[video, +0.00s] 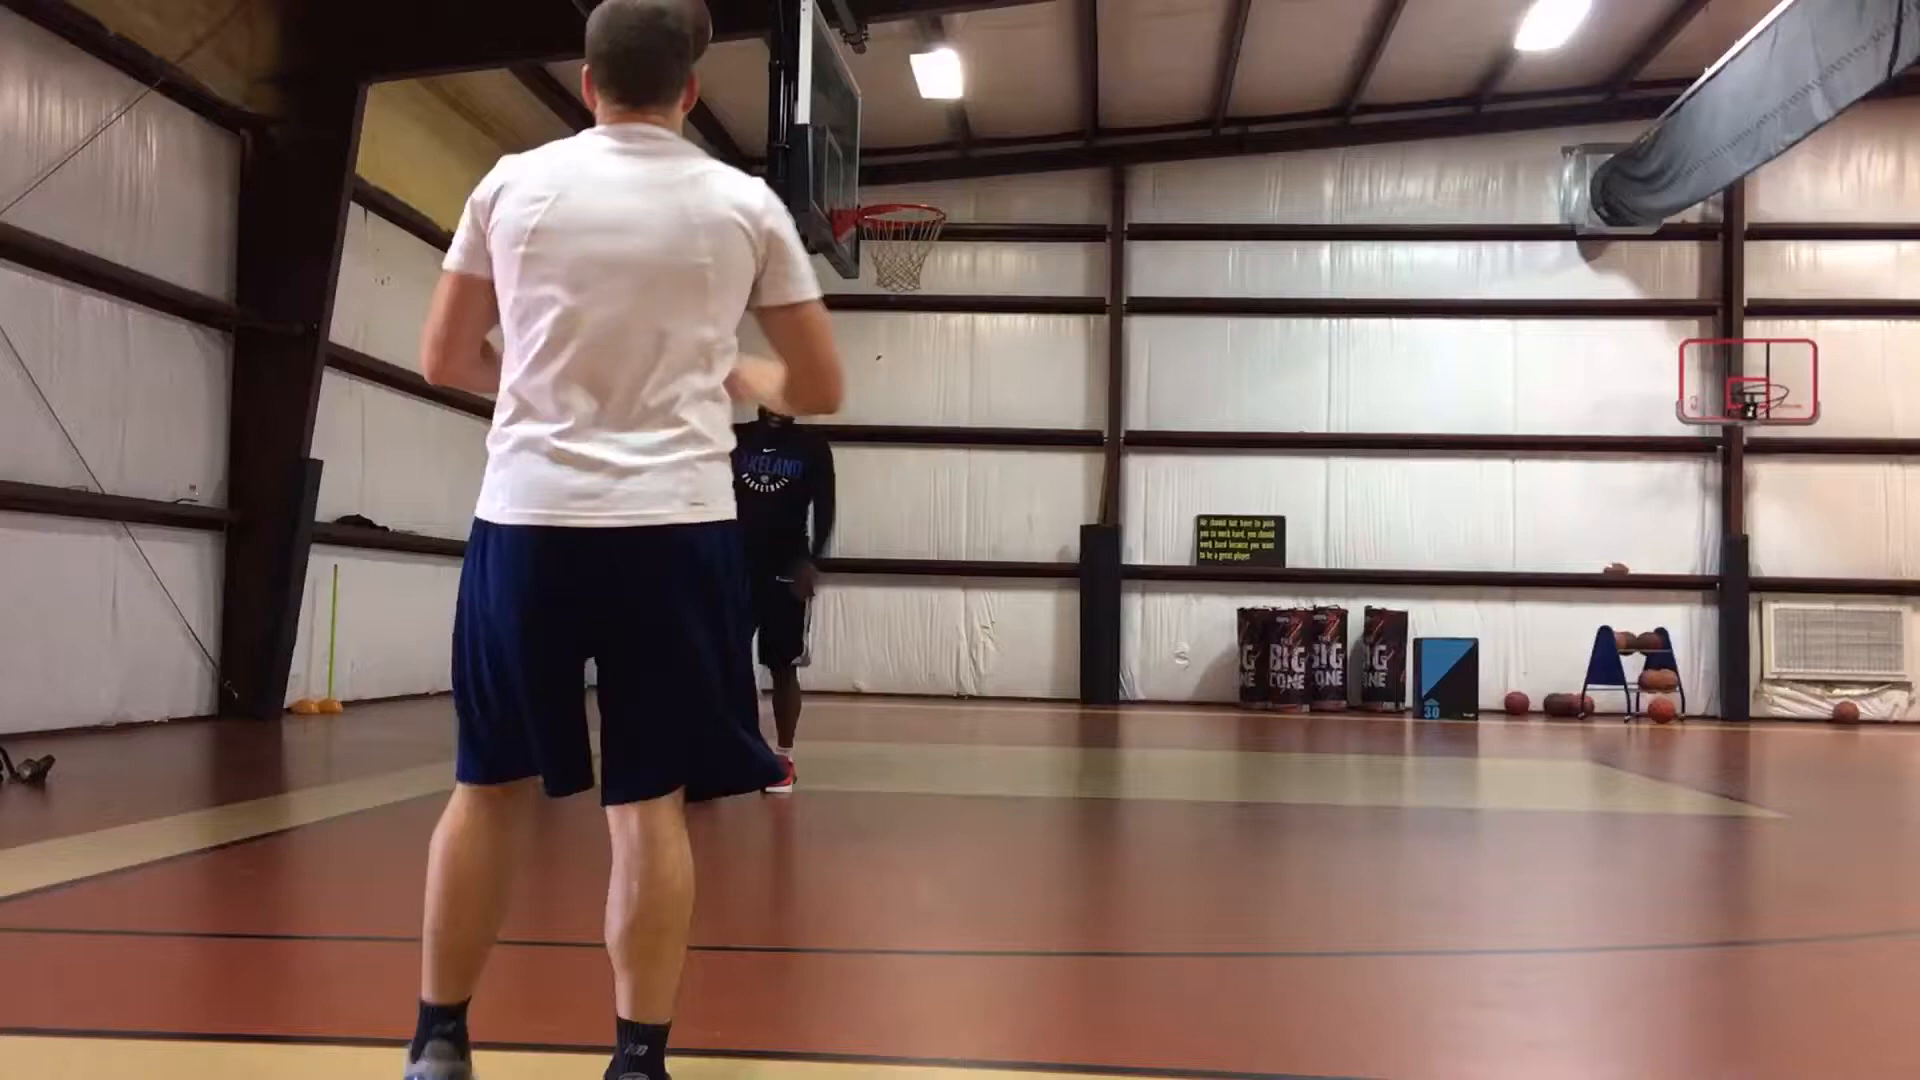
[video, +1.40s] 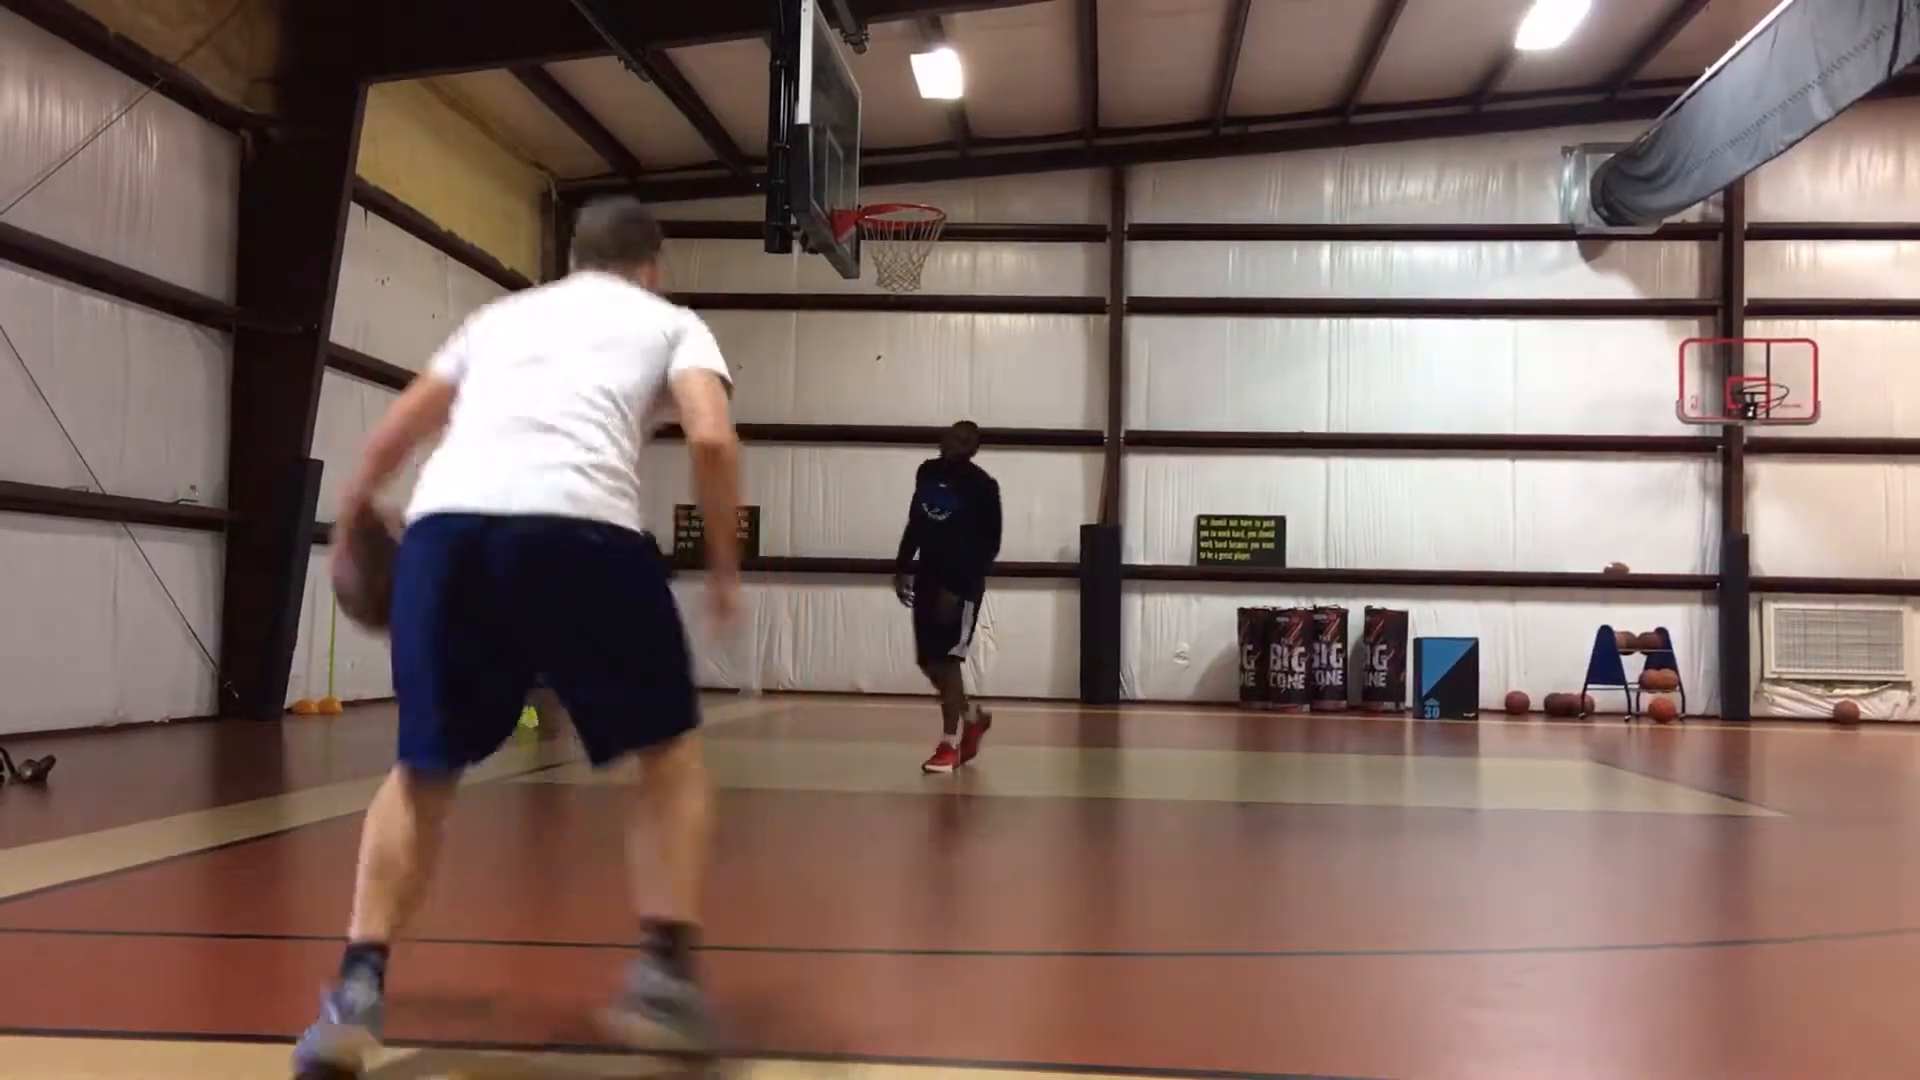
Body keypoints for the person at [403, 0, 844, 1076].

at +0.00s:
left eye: (585, 76)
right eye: (687, 75)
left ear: (582, 84)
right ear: (691, 89)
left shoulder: (513, 185)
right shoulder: (746, 205)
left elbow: (445, 357)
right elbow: (820, 389)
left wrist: (547, 382)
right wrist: (750, 375)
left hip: (527, 538)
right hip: (678, 543)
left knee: (490, 785)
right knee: (652, 801)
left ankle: (437, 1047)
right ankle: (640, 1063)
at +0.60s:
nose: (711, 220)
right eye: (716, 207)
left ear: (623, 209)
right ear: (714, 209)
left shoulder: (558, 277)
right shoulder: (758, 285)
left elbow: (493, 438)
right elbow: (796, 459)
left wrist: (504, 468)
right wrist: (746, 517)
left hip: (562, 537)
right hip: (708, 542)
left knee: (486, 751)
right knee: (758, 765)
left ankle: (400, 974)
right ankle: (761, 988)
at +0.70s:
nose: (726, 279)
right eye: (728, 266)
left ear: (636, 265)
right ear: (721, 267)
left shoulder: (567, 329)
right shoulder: (760, 337)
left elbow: (501, 482)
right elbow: (799, 503)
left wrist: (474, 596)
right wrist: (824, 634)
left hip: (556, 566)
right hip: (702, 569)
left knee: (469, 779)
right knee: (773, 761)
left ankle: (345, 995)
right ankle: (845, 978)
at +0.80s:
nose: (750, 375)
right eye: (750, 366)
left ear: (665, 363)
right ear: (739, 362)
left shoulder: (598, 419)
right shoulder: (771, 424)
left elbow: (558, 577)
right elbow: (797, 584)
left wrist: (569, 766)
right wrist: (825, 738)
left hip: (561, 627)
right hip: (702, 630)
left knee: (465, 829)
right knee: (782, 799)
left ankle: (352, 1022)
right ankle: (870, 985)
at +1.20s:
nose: (721, 437)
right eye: (721, 427)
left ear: (636, 418)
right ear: (715, 425)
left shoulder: (573, 466)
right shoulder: (734, 471)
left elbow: (532, 608)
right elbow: (765, 592)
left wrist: (531, 793)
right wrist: (786, 736)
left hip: (537, 642)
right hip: (677, 649)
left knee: (389, 809)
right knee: (783, 803)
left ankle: (361, 1023)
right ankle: (874, 988)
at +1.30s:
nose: (686, 356)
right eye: (684, 344)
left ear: (598, 336)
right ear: (671, 340)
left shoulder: (522, 392)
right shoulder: (685, 388)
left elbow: (426, 539)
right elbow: (739, 484)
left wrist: (407, 656)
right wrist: (786, 631)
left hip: (484, 594)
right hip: (626, 592)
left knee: (397, 813)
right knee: (727, 793)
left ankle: (364, 1025)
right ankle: (819, 977)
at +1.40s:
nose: (662, 280)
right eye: (662, 268)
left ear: (570, 260)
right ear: (651, 266)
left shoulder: (493, 317)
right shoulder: (670, 321)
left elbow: (395, 431)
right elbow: (712, 436)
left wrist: (349, 523)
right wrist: (725, 566)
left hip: (446, 537)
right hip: (584, 540)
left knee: (418, 774)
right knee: (668, 758)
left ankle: (356, 991)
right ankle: (665, 969)